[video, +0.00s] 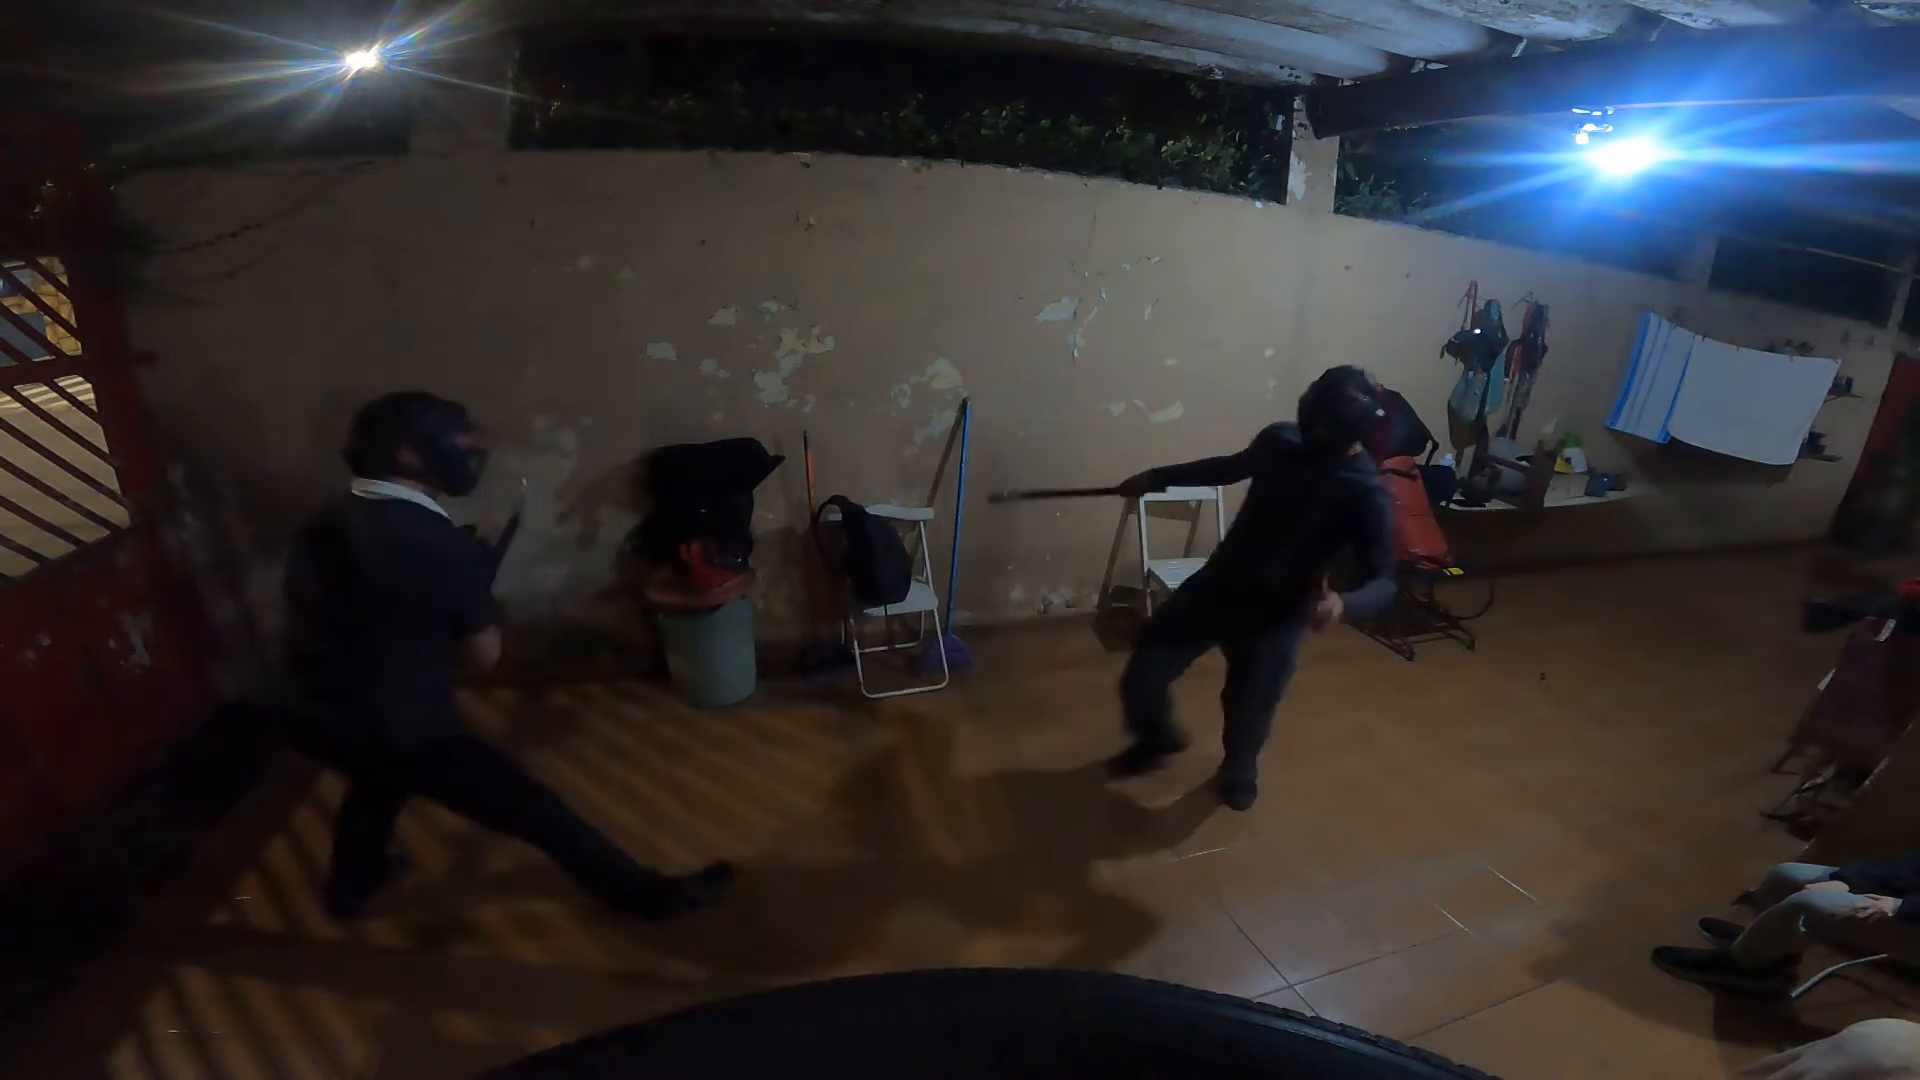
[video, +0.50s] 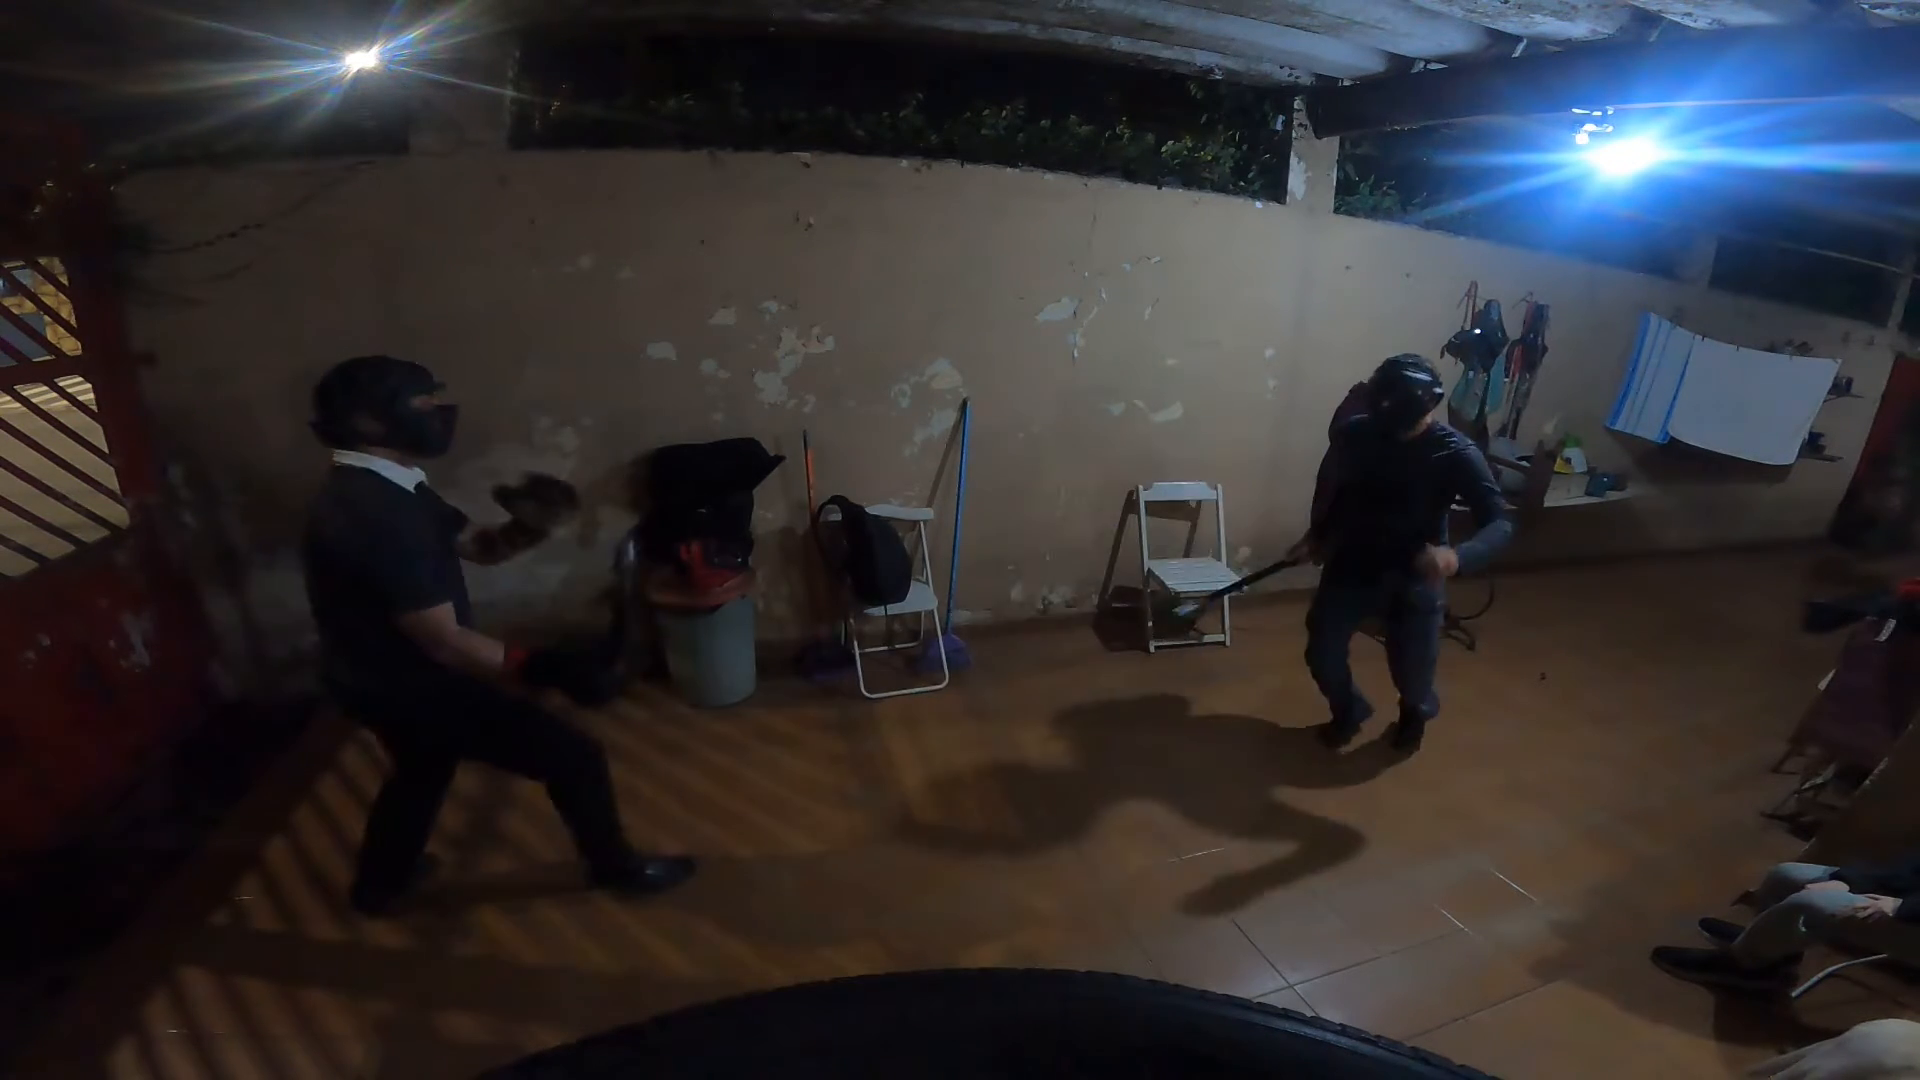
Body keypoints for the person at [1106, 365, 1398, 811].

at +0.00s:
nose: (1304, 416)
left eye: (1317, 414)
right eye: (1309, 409)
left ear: (1345, 430)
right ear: (1312, 415)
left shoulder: (1364, 491)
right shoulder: (1281, 442)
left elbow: (1384, 583)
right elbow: (1226, 470)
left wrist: (1345, 602)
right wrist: (1153, 479)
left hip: (1277, 613)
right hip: (1219, 585)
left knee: (1249, 711)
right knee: (1142, 676)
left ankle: (1238, 778)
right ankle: (1155, 738)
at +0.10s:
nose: (1323, 409)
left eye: (1335, 404)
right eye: (1324, 398)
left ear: (1365, 414)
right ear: (1322, 397)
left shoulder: (1390, 471)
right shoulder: (1301, 428)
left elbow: (1407, 564)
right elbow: (1254, 463)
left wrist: (1358, 612)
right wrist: (1178, 472)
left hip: (1312, 601)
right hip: (1256, 572)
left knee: (1266, 698)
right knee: (1198, 654)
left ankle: (1242, 764)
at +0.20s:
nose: (1351, 416)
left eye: (1360, 408)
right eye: (1345, 404)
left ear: (1387, 403)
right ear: (1337, 395)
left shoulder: (1418, 458)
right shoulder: (1321, 424)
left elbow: (1442, 535)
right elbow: (1287, 468)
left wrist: (1400, 589)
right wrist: (1219, 490)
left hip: (1360, 579)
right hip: (1305, 562)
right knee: (1304, 658)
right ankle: (1342, 707)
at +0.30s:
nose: (1350, 425)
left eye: (1361, 417)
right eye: (1345, 413)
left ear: (1387, 414)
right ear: (1339, 407)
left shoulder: (1419, 464)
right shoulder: (1325, 440)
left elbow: (1461, 532)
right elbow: (1301, 484)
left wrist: (1428, 594)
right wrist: (1239, 512)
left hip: (1381, 588)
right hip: (1327, 578)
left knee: (1340, 677)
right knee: (1325, 672)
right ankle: (1343, 732)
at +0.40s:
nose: (1361, 422)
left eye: (1371, 416)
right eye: (1359, 412)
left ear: (1401, 419)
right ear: (1354, 407)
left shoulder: (1430, 462)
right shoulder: (1342, 443)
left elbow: (1484, 533)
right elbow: (1324, 498)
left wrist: (1455, 588)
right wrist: (1281, 538)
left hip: (1397, 586)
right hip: (1342, 575)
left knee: (1376, 679)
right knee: (1329, 665)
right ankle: (1354, 719)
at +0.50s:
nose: (1393, 424)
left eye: (1404, 416)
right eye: (1387, 413)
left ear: (1427, 410)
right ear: (1377, 402)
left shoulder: (1454, 453)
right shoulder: (1354, 435)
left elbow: (1500, 525)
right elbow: (1331, 493)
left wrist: (1458, 556)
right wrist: (1316, 537)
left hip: (1414, 571)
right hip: (1353, 560)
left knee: (1411, 671)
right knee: (1322, 655)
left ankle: (1414, 714)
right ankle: (1348, 711)